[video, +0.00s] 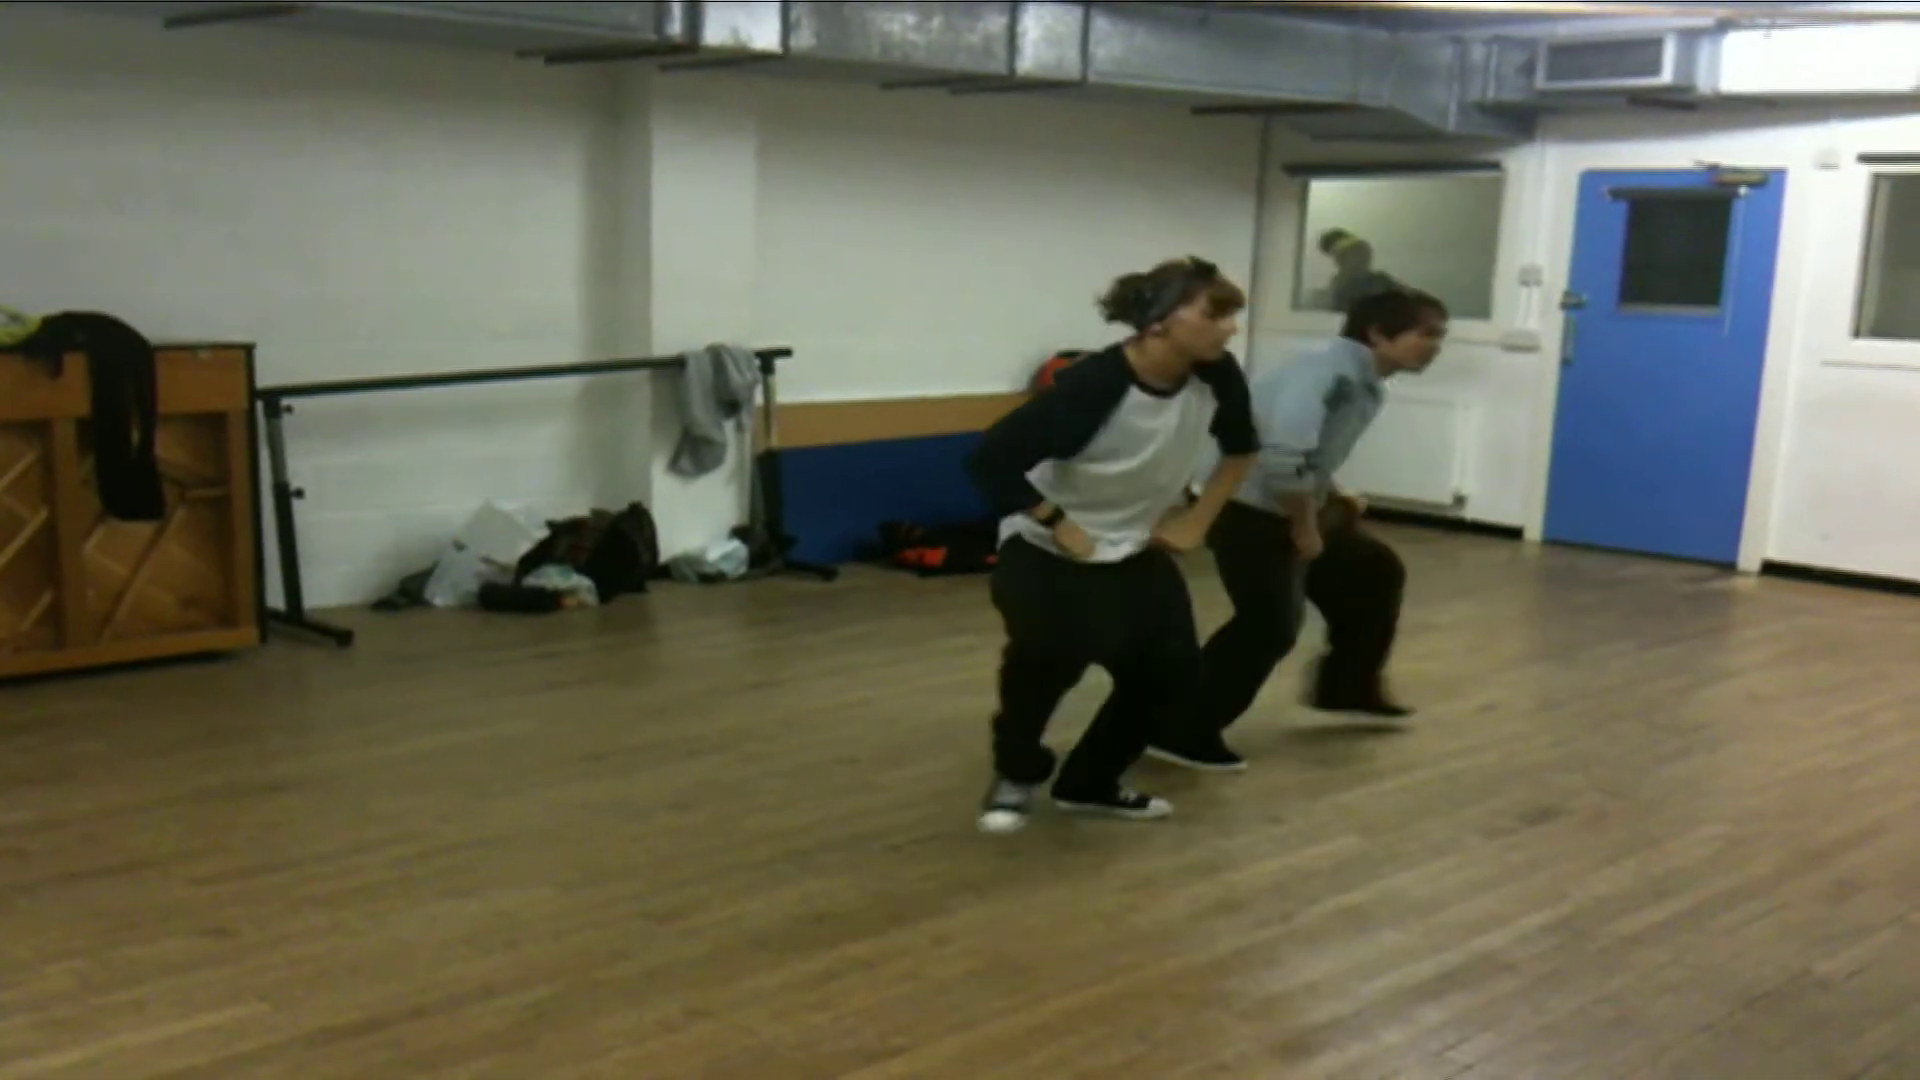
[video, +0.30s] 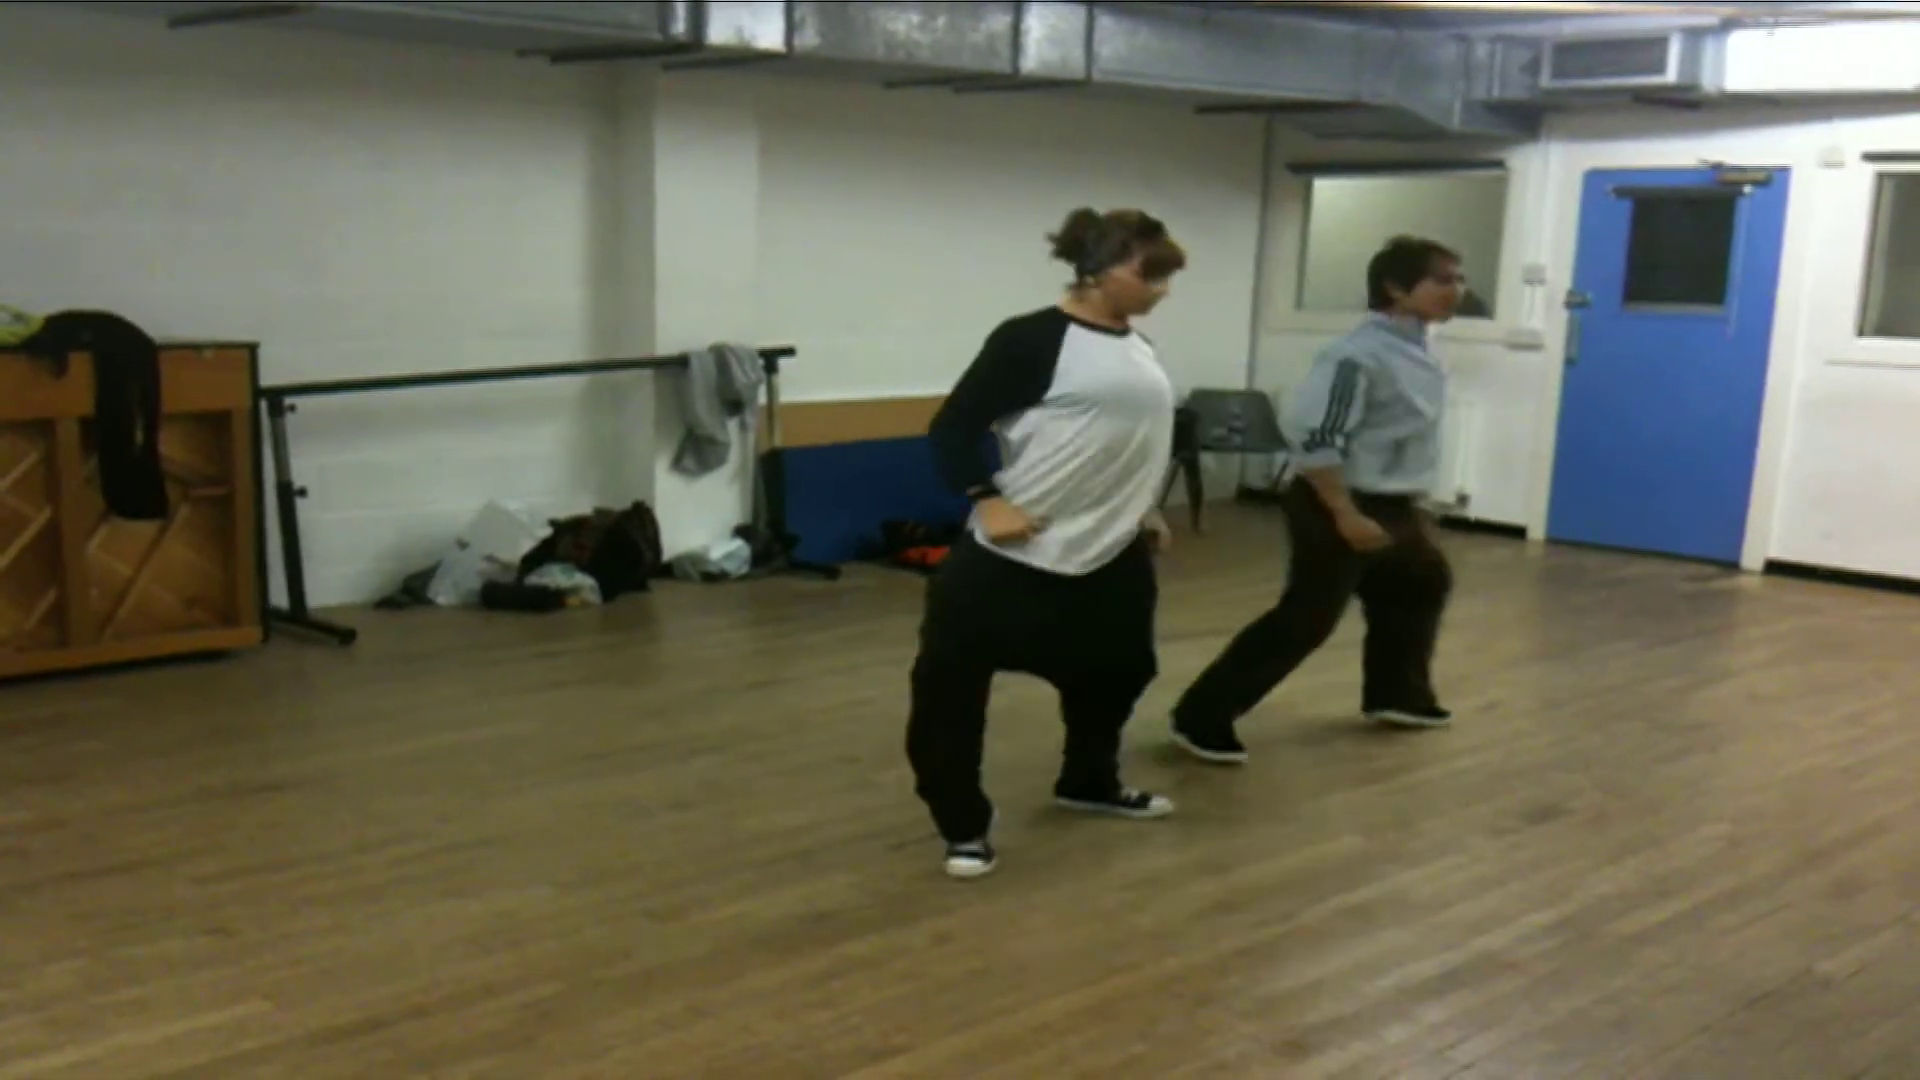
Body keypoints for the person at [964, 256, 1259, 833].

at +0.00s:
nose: (1228, 326)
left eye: (1226, 313)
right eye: (1211, 314)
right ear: (1161, 325)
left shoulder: (1218, 378)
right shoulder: (1094, 385)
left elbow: (1240, 448)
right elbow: (990, 460)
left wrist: (1198, 520)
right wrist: (1056, 521)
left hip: (1135, 554)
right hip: (1046, 550)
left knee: (1167, 665)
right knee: (1052, 645)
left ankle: (1089, 781)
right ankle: (1017, 772)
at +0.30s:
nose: (1160, 290)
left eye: (1164, 277)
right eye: (1151, 274)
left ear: (1126, 273)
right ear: (1107, 269)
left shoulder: (1138, 349)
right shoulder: (1029, 340)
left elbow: (1109, 443)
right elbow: (951, 430)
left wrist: (1139, 513)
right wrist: (984, 501)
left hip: (1107, 561)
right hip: (1007, 562)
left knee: (1113, 671)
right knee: (946, 690)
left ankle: (1089, 781)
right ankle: (963, 828)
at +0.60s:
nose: (1121, 306)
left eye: (1126, 292)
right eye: (1110, 289)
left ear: (1087, 284)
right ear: (1064, 279)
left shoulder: (1108, 338)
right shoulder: (1014, 350)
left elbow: (1131, 413)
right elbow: (918, 443)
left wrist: (1130, 501)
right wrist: (977, 510)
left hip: (1092, 559)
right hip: (1016, 554)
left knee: (1117, 666)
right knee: (1002, 679)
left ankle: (1085, 782)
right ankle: (938, 820)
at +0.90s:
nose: (1127, 349)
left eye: (1131, 334)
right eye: (1114, 332)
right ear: (1065, 327)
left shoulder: (1117, 384)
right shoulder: (1008, 391)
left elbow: (1155, 449)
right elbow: (956, 499)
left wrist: (1125, 538)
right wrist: (1012, 576)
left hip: (1061, 566)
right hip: (980, 575)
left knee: (1110, 699)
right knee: (1040, 709)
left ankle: (1090, 779)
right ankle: (894, 817)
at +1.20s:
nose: (1156, 461)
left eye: (1160, 449)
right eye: (1146, 447)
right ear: (1101, 439)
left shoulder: (1123, 479)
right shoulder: (1021, 476)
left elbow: (1120, 535)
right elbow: (901, 529)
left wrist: (1053, 585)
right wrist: (923, 587)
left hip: (1024, 589)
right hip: (932, 593)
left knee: (1128, 669)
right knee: (967, 687)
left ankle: (1066, 792)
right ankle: (923, 823)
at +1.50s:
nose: (1110, 307)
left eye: (1115, 294)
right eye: (1098, 291)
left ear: (1110, 300)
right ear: (1049, 295)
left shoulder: (1105, 376)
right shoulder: (993, 355)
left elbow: (1119, 452)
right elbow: (926, 459)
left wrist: (1092, 525)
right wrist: (970, 539)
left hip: (1042, 547)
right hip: (950, 545)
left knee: (1076, 674)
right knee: (958, 683)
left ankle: (1036, 791)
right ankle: (929, 818)